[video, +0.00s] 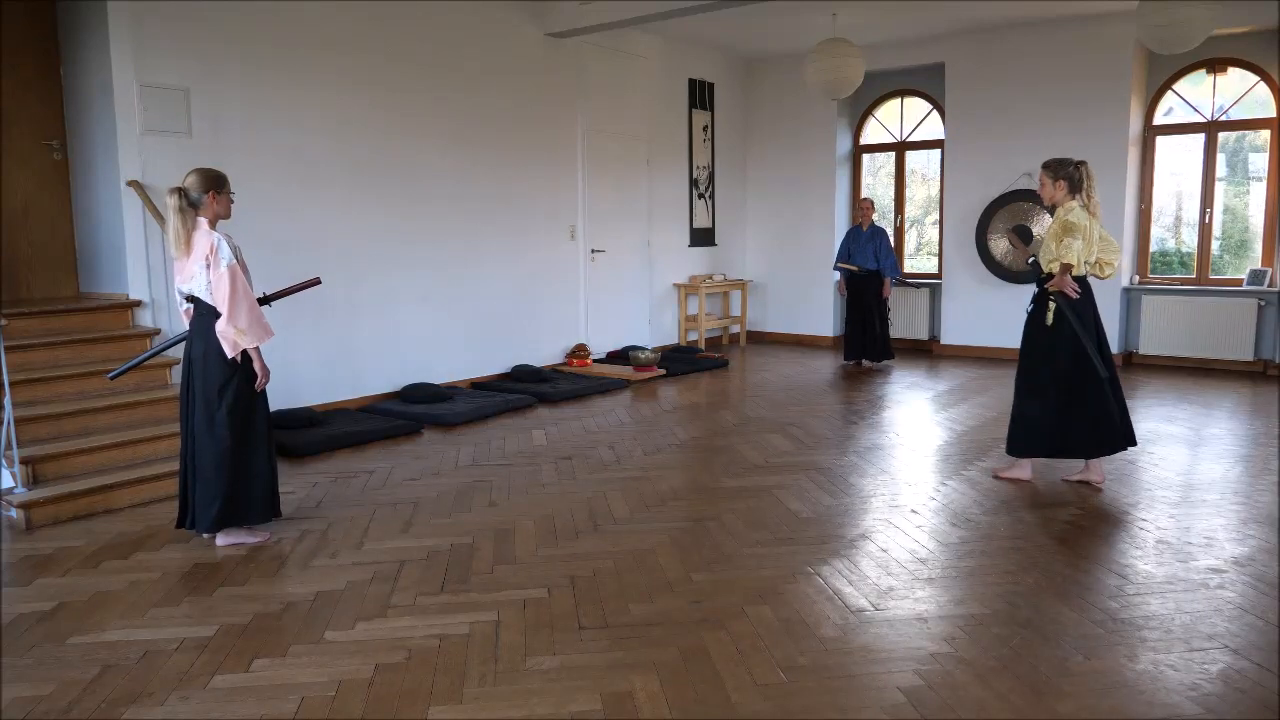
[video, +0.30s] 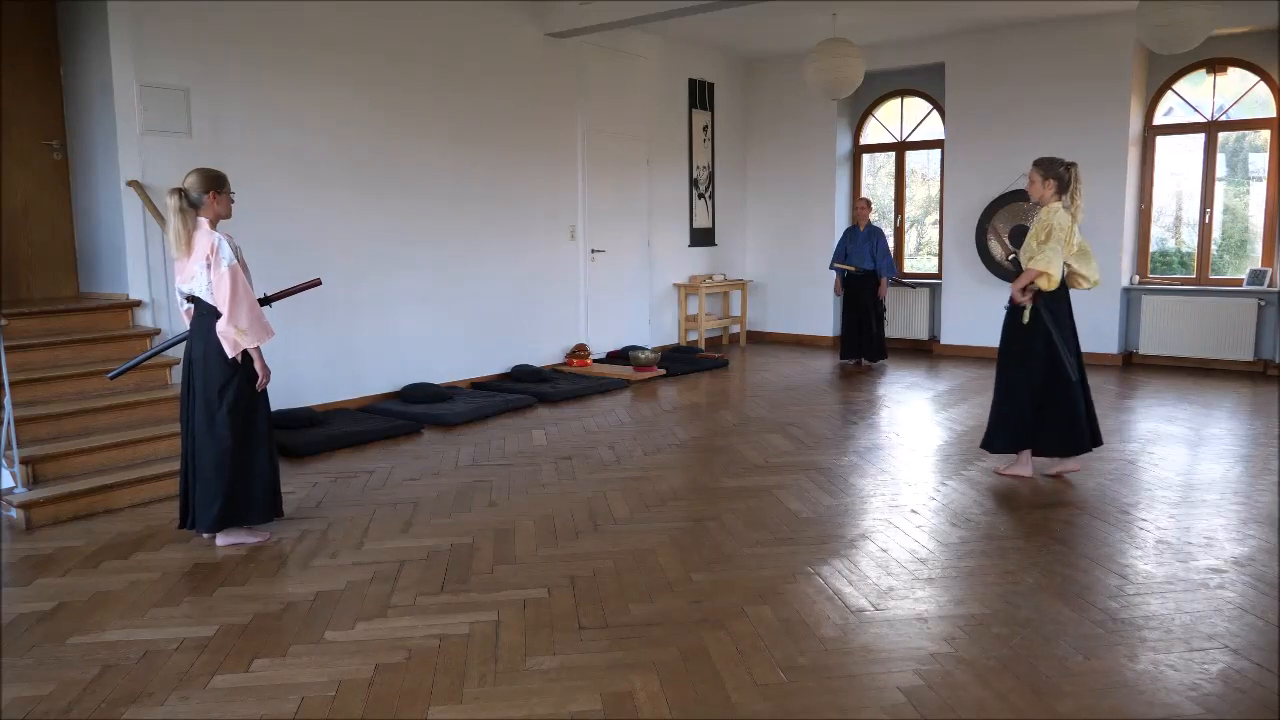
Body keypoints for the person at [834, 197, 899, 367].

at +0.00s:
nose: (864, 212)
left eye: (867, 209)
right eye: (861, 209)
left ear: (873, 211)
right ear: (858, 211)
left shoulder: (880, 233)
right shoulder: (852, 232)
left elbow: (887, 259)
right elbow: (843, 257)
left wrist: (887, 283)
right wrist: (842, 278)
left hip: (873, 278)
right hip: (854, 278)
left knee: (873, 317)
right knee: (855, 317)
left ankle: (871, 358)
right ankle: (855, 356)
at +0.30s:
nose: (859, 211)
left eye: (863, 208)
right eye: (857, 208)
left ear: (869, 211)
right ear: (854, 211)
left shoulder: (876, 232)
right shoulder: (849, 232)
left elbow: (884, 259)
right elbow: (839, 256)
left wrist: (883, 283)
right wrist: (838, 278)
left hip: (870, 278)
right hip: (851, 278)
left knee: (869, 317)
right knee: (852, 316)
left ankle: (868, 357)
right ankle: (855, 356)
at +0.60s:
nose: (858, 211)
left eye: (861, 208)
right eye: (855, 208)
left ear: (869, 211)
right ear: (853, 211)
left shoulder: (876, 233)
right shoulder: (848, 232)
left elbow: (882, 258)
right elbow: (839, 257)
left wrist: (881, 282)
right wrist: (838, 278)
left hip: (869, 278)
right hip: (850, 278)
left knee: (868, 317)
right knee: (852, 316)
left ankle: (868, 356)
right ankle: (855, 354)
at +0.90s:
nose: (858, 210)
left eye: (862, 208)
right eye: (856, 208)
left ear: (869, 210)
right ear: (853, 210)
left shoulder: (876, 232)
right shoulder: (849, 233)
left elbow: (882, 259)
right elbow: (840, 257)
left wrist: (882, 281)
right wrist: (838, 279)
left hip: (869, 277)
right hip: (851, 277)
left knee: (869, 317)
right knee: (852, 316)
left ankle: (869, 357)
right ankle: (856, 355)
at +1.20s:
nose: (858, 211)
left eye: (862, 208)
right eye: (856, 208)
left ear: (869, 211)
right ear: (853, 210)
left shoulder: (877, 233)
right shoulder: (849, 233)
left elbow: (883, 259)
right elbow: (841, 257)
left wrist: (883, 282)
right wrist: (840, 279)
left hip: (870, 278)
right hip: (851, 278)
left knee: (869, 317)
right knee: (853, 316)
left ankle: (869, 357)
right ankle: (856, 355)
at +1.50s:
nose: (858, 211)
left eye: (862, 208)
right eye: (856, 208)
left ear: (870, 210)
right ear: (854, 210)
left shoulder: (877, 233)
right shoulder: (850, 233)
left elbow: (884, 259)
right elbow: (841, 257)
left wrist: (883, 283)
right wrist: (840, 278)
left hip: (870, 279)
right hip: (852, 278)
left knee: (869, 317)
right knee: (853, 316)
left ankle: (869, 357)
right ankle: (856, 355)